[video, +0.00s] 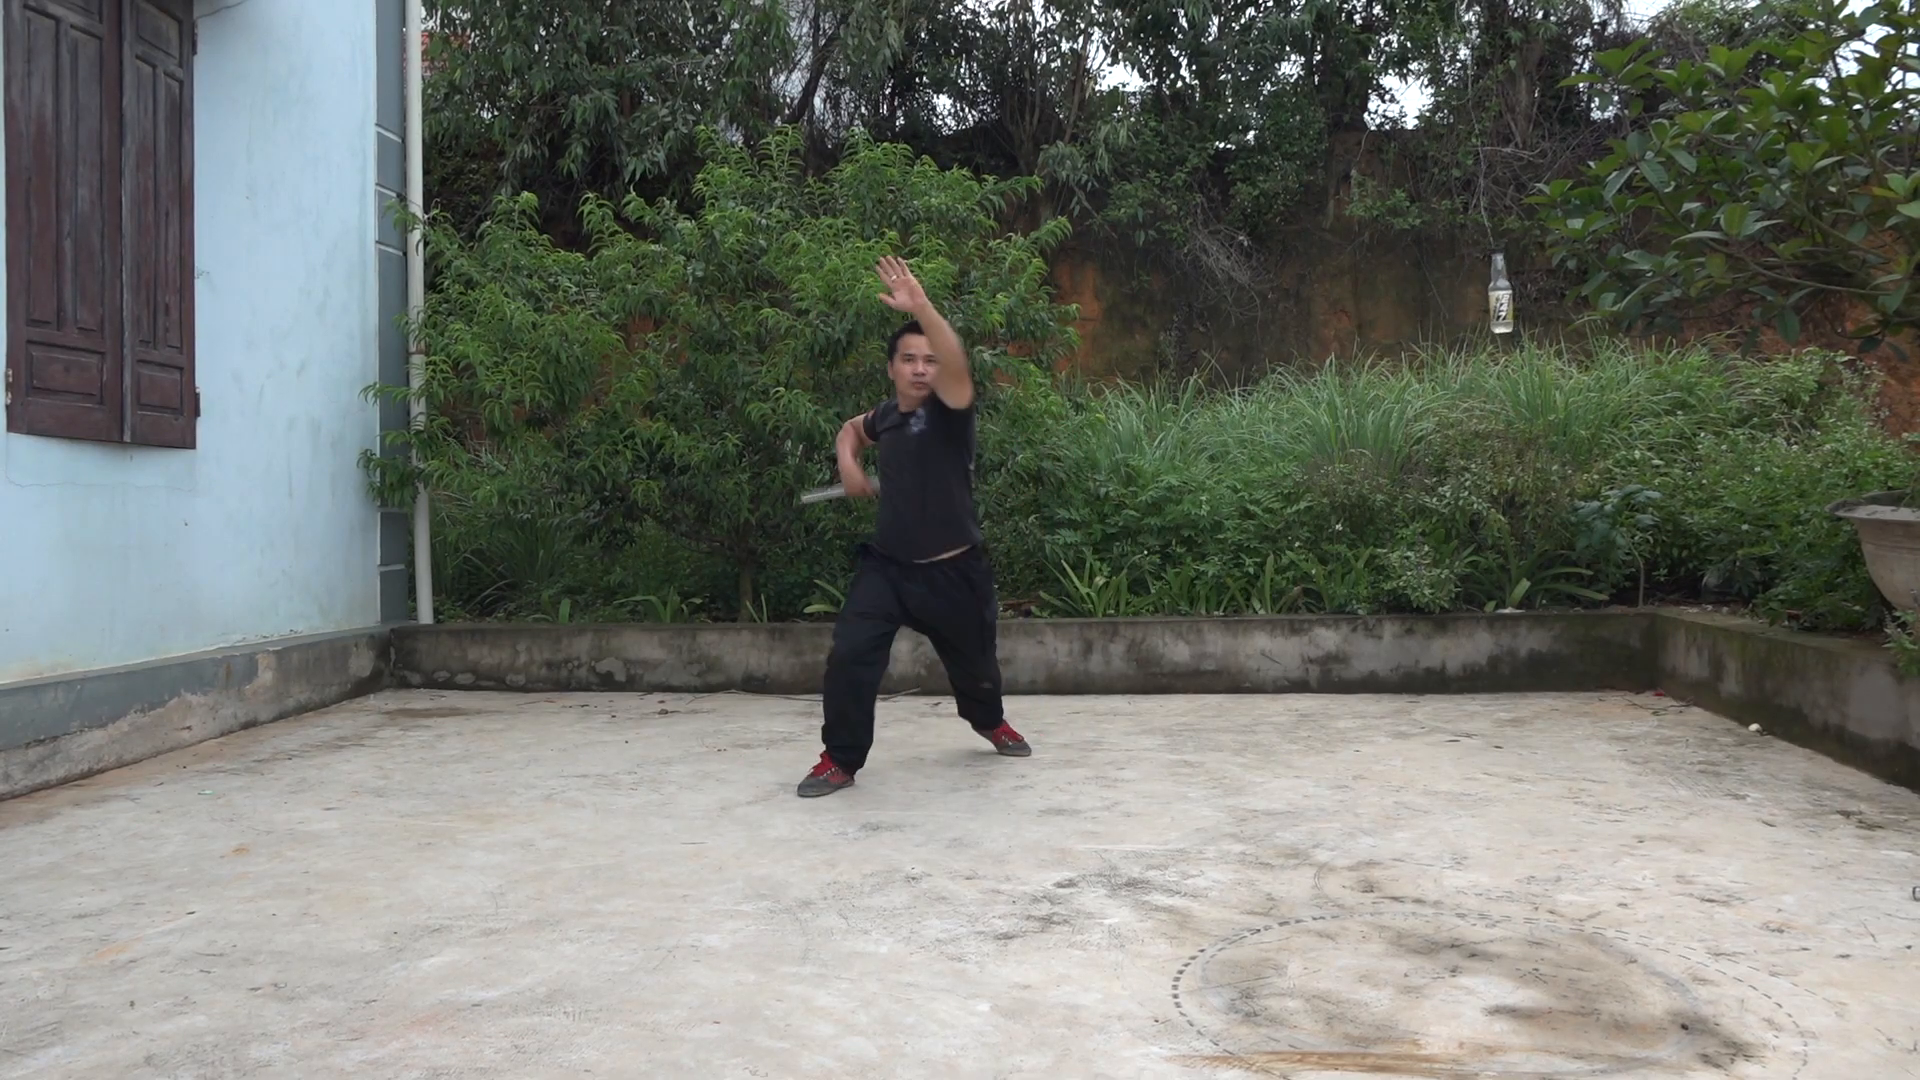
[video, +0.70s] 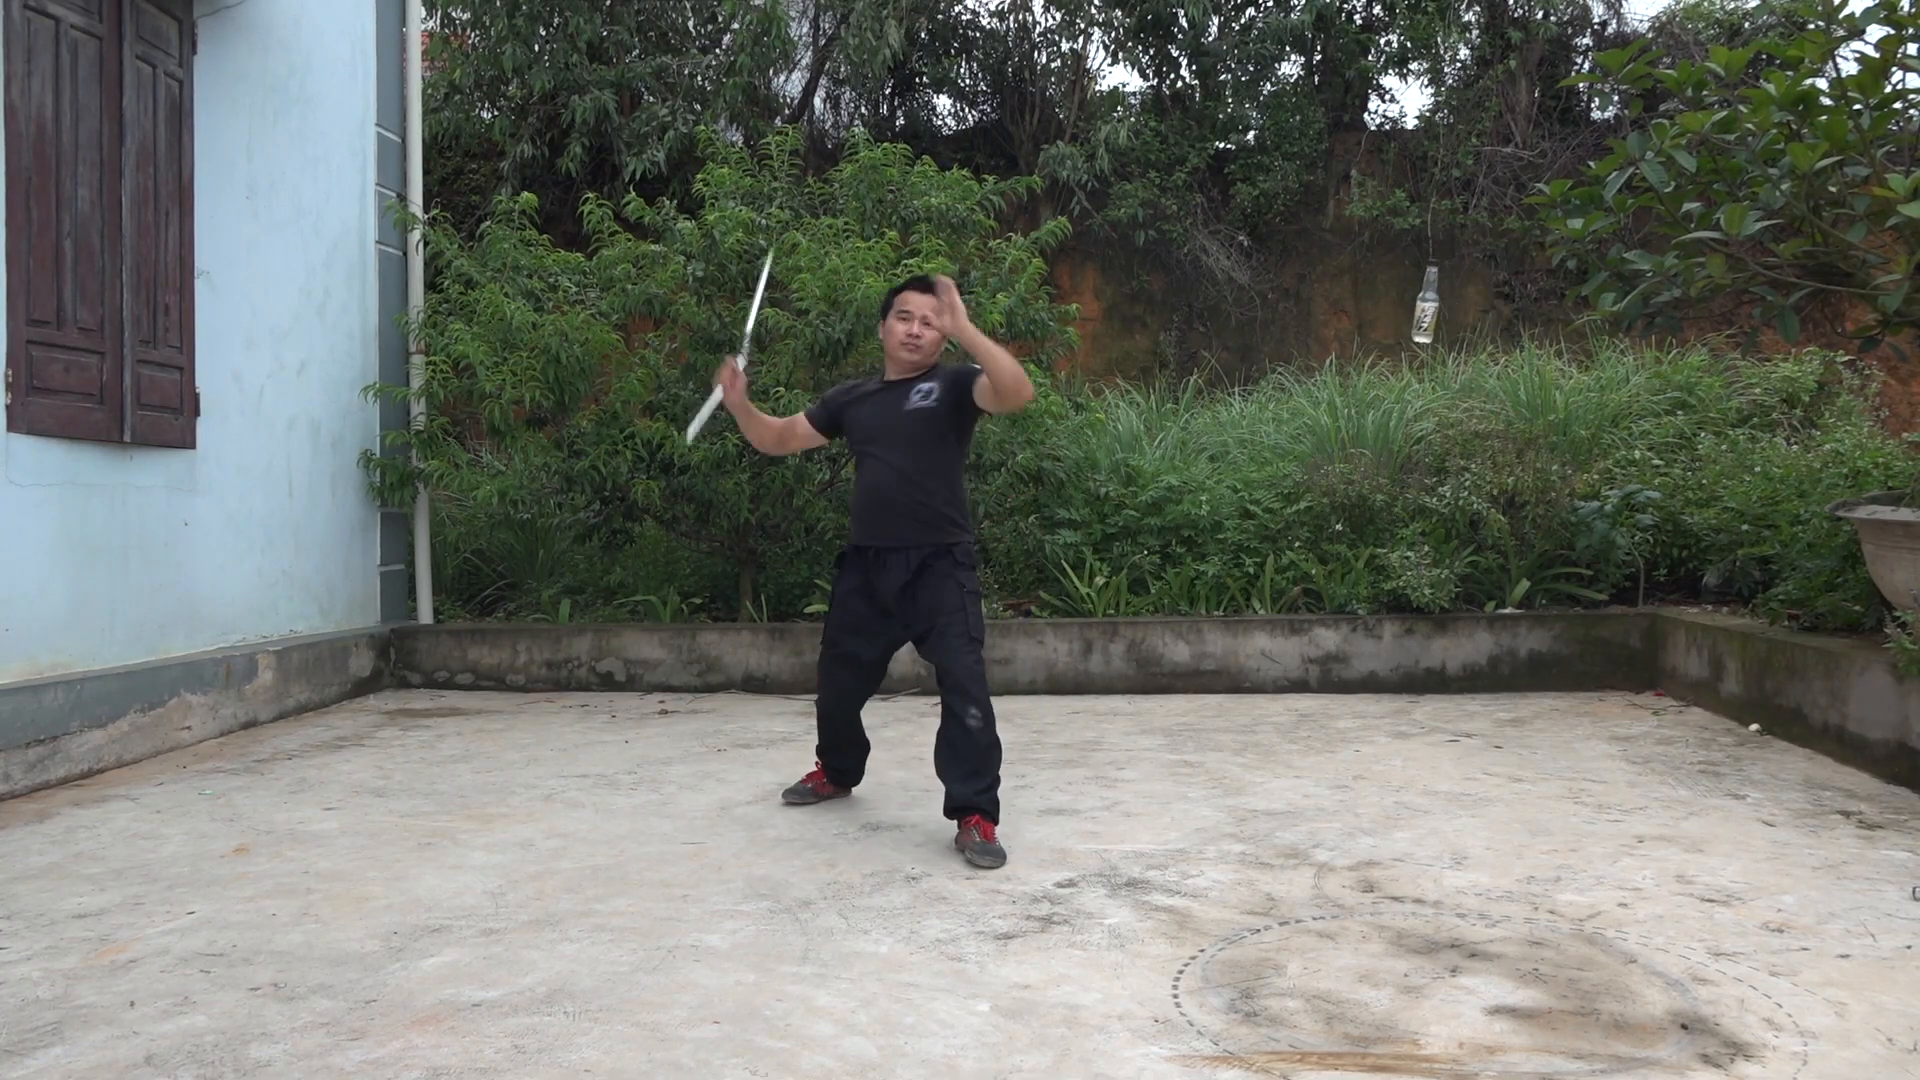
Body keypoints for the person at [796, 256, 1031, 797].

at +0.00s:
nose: (920, 368)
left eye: (928, 360)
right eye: (909, 359)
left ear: (942, 367)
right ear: (892, 369)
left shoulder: (953, 409)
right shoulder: (883, 417)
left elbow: (954, 361)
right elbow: (850, 432)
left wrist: (922, 308)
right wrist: (849, 466)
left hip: (954, 570)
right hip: (888, 567)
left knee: (975, 666)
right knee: (849, 658)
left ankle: (990, 723)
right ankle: (841, 760)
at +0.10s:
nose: (897, 354)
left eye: (907, 345)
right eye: (886, 344)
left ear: (923, 356)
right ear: (870, 354)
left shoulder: (936, 400)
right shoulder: (871, 417)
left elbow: (958, 384)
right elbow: (831, 444)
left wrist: (931, 357)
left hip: (941, 562)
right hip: (875, 564)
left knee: (972, 659)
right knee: (837, 662)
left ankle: (988, 720)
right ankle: (840, 761)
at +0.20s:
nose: (892, 341)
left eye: (904, 332)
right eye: (882, 331)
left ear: (921, 344)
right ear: (865, 343)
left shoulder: (945, 389)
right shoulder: (853, 412)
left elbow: (1011, 426)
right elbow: (785, 445)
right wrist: (796, 377)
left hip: (940, 558)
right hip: (867, 561)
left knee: (967, 662)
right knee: (837, 664)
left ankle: (986, 761)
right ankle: (839, 762)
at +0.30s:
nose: (906, 338)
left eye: (918, 329)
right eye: (895, 328)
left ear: (936, 342)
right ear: (877, 340)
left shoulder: (961, 406)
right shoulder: (854, 394)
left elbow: (994, 467)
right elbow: (780, 389)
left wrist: (987, 510)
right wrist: (807, 334)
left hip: (941, 559)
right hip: (870, 557)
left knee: (958, 668)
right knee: (843, 669)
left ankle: (979, 793)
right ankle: (842, 761)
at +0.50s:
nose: (916, 337)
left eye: (929, 329)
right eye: (906, 328)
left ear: (950, 347)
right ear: (889, 341)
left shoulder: (963, 416)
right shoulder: (870, 387)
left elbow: (977, 515)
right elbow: (832, 362)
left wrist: (989, 492)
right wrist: (826, 290)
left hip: (950, 566)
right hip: (879, 564)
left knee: (967, 684)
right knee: (854, 678)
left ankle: (971, 818)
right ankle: (846, 771)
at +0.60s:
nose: (922, 324)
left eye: (936, 316)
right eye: (911, 313)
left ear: (953, 333)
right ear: (891, 325)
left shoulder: (967, 394)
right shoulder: (860, 379)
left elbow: (1014, 464)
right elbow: (787, 401)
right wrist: (750, 335)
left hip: (947, 556)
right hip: (874, 552)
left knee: (962, 677)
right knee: (848, 674)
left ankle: (973, 814)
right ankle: (837, 772)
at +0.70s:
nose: (914, 329)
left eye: (928, 322)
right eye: (904, 317)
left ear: (943, 337)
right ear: (882, 328)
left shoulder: (956, 386)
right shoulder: (853, 398)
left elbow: (1017, 392)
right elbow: (780, 438)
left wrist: (964, 329)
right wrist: (739, 404)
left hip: (943, 562)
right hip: (869, 563)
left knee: (964, 682)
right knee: (839, 682)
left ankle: (975, 815)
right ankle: (837, 772)